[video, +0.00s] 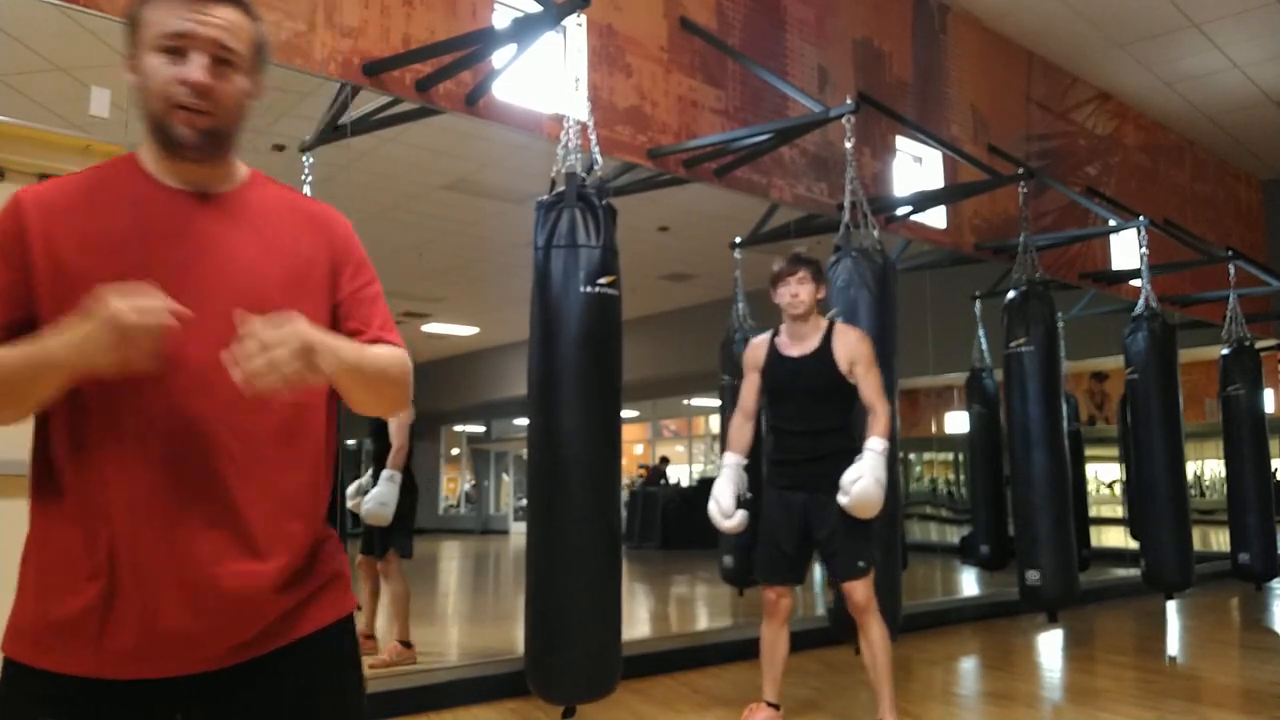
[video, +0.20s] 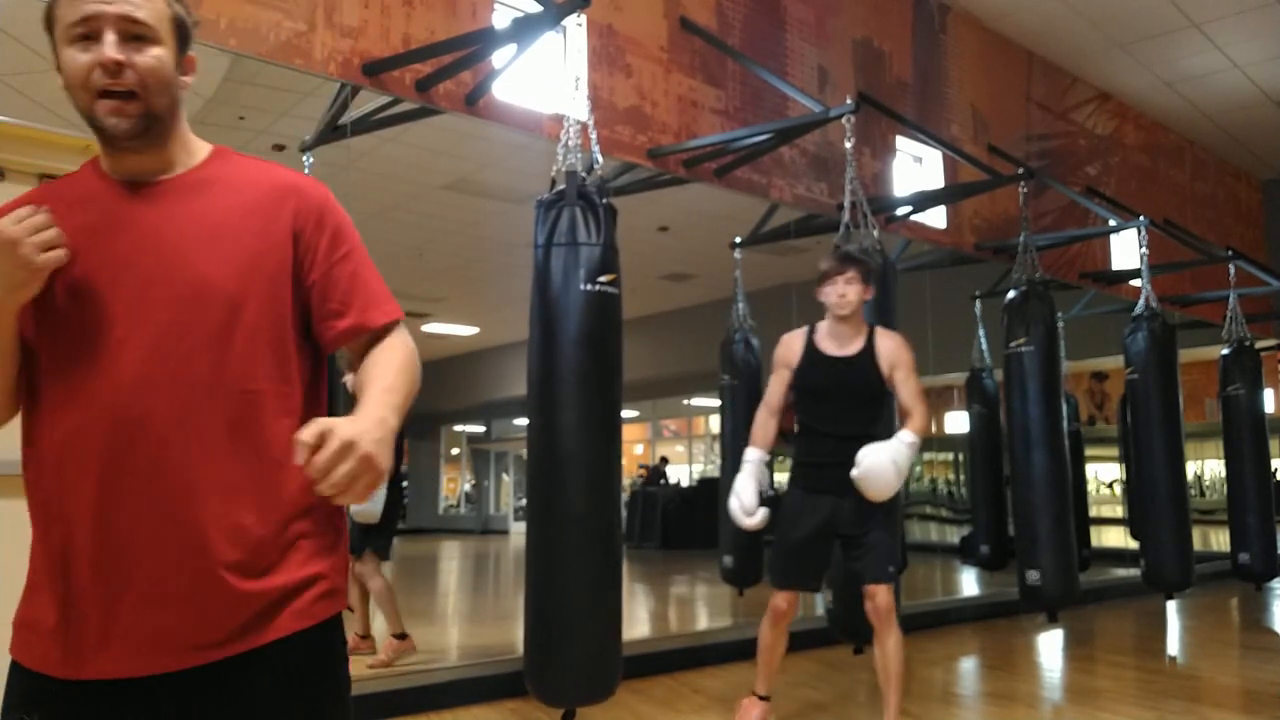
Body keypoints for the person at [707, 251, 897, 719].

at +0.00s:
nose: (792, 290)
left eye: (801, 282)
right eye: (784, 283)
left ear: (820, 291)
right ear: (774, 294)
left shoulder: (849, 341)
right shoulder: (760, 349)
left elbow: (877, 407)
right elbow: (744, 416)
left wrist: (873, 457)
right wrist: (730, 472)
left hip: (841, 491)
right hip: (780, 493)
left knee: (861, 600)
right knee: (774, 601)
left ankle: (887, 711)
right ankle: (769, 705)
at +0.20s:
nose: (840, 289)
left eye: (851, 282)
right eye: (833, 281)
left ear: (868, 291)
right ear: (820, 290)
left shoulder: (888, 346)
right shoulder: (794, 344)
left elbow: (919, 414)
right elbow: (769, 412)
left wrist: (899, 450)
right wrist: (752, 469)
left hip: (870, 495)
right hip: (806, 494)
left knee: (880, 602)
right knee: (781, 604)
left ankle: (892, 714)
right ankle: (759, 698)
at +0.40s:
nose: (868, 295)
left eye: (878, 286)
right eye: (859, 287)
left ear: (897, 294)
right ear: (850, 294)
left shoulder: (914, 352)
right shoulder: (818, 342)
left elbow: (930, 423)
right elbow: (784, 407)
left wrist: (917, 440)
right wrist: (768, 470)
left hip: (883, 498)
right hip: (824, 496)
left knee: (892, 608)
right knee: (790, 606)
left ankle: (893, 716)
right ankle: (744, 687)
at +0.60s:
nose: (879, 295)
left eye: (889, 286)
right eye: (870, 286)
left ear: (907, 293)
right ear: (859, 292)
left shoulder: (923, 352)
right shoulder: (829, 339)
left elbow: (935, 421)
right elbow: (791, 405)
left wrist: (923, 437)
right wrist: (776, 467)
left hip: (887, 498)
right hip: (829, 495)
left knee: (894, 609)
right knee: (792, 605)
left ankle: (893, 716)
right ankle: (747, 690)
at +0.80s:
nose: (881, 293)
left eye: (891, 283)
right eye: (872, 284)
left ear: (908, 291)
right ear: (860, 291)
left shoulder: (924, 350)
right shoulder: (829, 337)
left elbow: (937, 421)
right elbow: (791, 404)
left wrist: (925, 435)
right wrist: (776, 465)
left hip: (888, 496)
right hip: (829, 493)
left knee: (894, 610)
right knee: (792, 605)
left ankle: (894, 716)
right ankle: (750, 690)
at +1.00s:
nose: (879, 291)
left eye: (888, 282)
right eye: (870, 283)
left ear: (905, 289)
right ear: (857, 289)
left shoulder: (921, 348)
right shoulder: (826, 337)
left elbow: (935, 418)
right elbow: (789, 404)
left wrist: (923, 433)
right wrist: (773, 466)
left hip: (886, 495)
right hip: (828, 492)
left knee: (892, 609)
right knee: (793, 605)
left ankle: (893, 716)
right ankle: (752, 689)